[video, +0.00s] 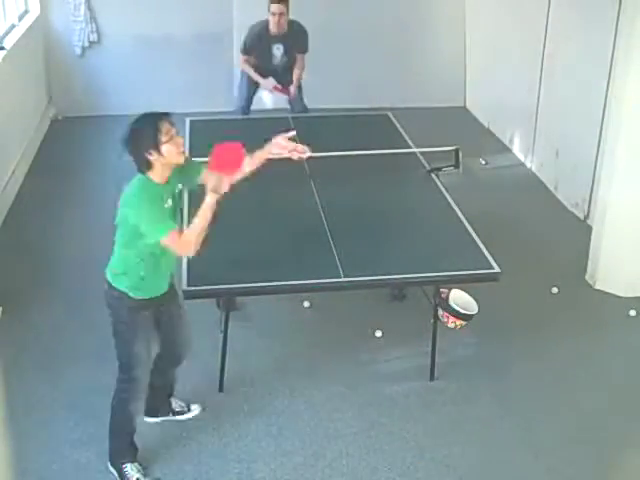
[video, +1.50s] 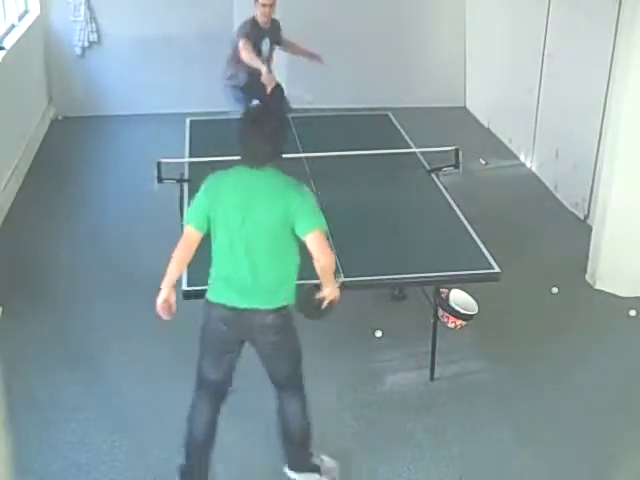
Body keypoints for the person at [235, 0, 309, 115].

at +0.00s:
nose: (277, 20)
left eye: (281, 15)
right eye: (273, 15)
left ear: (288, 15)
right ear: (268, 15)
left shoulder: (298, 31)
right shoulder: (256, 31)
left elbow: (299, 62)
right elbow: (244, 63)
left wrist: (295, 85)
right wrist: (262, 81)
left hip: (286, 72)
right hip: (258, 70)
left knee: (299, 108)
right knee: (242, 106)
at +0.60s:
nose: (263, 9)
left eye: (267, 4)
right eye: (259, 4)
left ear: (274, 5)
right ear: (255, 6)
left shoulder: (287, 22)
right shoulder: (245, 23)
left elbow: (296, 51)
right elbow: (235, 53)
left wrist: (297, 76)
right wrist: (253, 77)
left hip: (281, 70)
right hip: (252, 67)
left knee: (296, 108)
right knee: (239, 108)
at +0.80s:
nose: (276, 8)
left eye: (280, 4)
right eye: (272, 3)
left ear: (287, 5)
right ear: (267, 5)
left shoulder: (298, 20)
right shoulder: (256, 24)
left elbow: (312, 43)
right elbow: (242, 57)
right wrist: (257, 79)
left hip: (291, 71)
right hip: (261, 71)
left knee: (313, 110)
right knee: (246, 112)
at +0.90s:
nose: (288, 8)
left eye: (292, 4)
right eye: (284, 4)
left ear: (299, 6)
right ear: (280, 6)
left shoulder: (310, 23)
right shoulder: (268, 26)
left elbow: (324, 44)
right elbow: (253, 60)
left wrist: (341, 69)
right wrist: (268, 80)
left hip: (301, 75)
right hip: (272, 75)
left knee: (320, 112)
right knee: (253, 112)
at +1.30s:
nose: (275, 17)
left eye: (280, 12)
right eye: (272, 12)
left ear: (287, 11)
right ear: (267, 10)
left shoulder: (299, 26)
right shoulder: (258, 32)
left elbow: (322, 43)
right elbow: (235, 69)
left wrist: (344, 66)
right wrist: (261, 88)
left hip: (292, 83)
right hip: (262, 83)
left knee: (311, 118)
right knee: (253, 123)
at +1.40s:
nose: (272, 16)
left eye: (276, 11)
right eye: (268, 11)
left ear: (281, 11)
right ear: (261, 10)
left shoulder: (287, 28)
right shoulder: (251, 32)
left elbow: (303, 45)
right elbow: (232, 63)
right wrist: (257, 79)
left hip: (276, 79)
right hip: (251, 81)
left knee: (298, 116)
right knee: (250, 122)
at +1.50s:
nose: (267, 10)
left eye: (271, 6)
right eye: (263, 6)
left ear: (274, 8)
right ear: (256, 6)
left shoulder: (274, 26)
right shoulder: (247, 27)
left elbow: (283, 44)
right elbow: (245, 53)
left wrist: (307, 55)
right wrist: (264, 68)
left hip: (260, 81)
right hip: (235, 82)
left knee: (281, 109)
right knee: (243, 112)